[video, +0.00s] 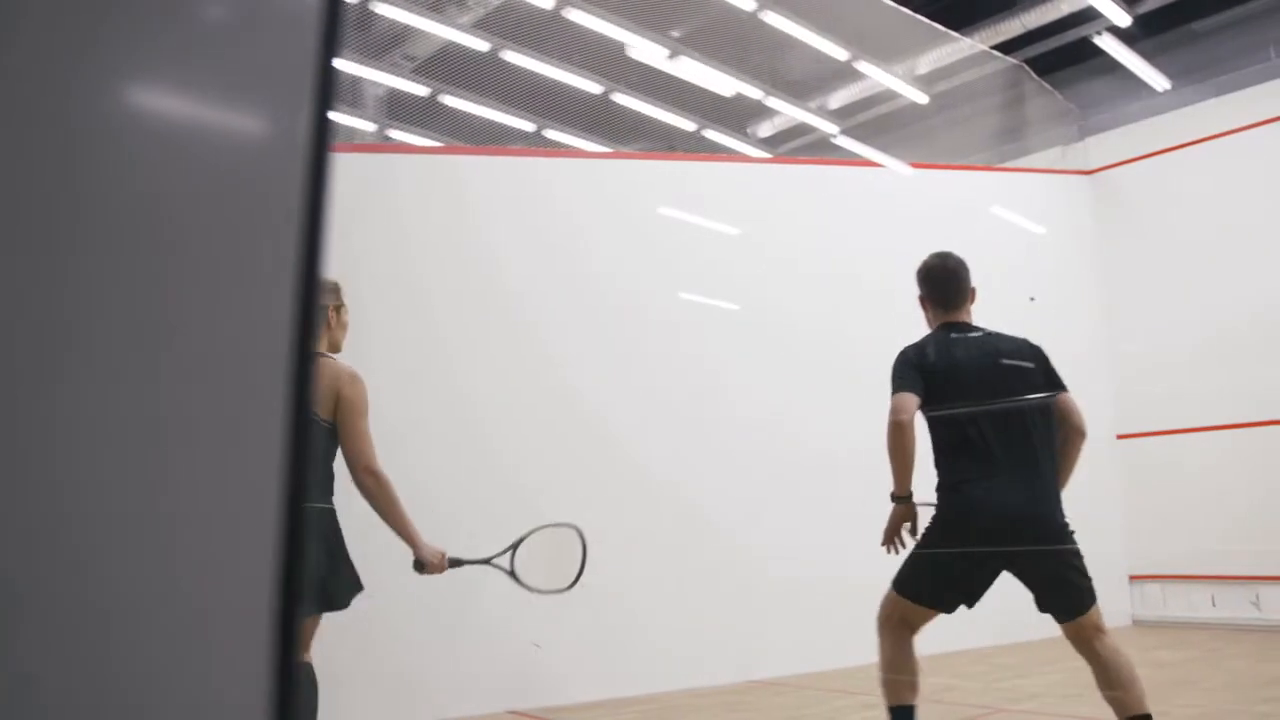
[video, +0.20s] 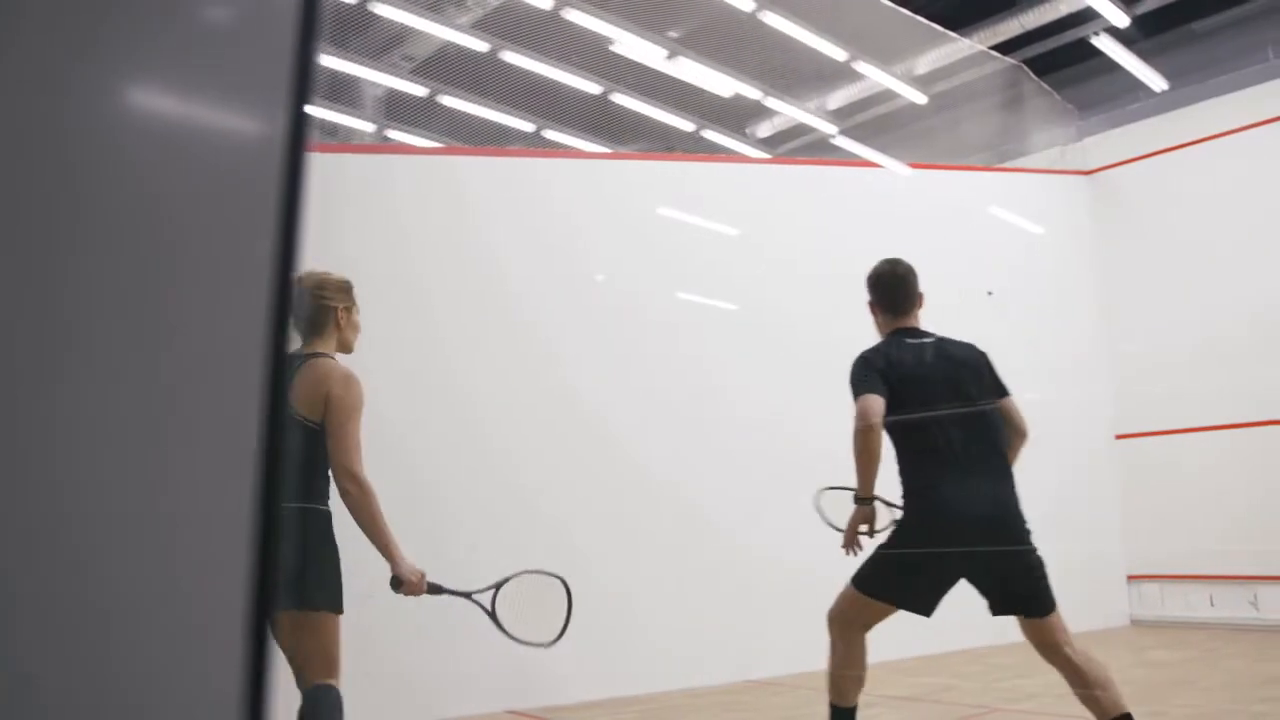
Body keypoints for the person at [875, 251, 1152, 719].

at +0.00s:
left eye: (920, 298)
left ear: (922, 302)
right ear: (973, 296)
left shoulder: (916, 358)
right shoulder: (1026, 351)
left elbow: (901, 419)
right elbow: (1074, 427)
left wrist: (902, 497)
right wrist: (1048, 491)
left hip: (967, 526)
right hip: (1039, 522)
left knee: (896, 623)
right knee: (1094, 638)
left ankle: (901, 717)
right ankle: (1141, 716)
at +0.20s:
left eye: (872, 303)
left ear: (872, 307)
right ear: (921, 303)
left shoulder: (874, 362)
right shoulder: (969, 355)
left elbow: (869, 423)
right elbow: (1016, 430)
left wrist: (864, 501)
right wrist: (983, 485)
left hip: (932, 528)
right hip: (1001, 526)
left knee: (846, 620)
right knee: (1062, 646)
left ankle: (841, 718)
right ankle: (1124, 719)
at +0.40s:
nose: (813, 305)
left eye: (811, 298)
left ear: (809, 301)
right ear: (858, 298)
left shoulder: (815, 356)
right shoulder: (899, 350)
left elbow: (826, 422)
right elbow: (944, 421)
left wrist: (817, 499)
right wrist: (912, 475)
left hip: (877, 518)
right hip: (938, 513)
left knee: (807, 626)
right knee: (999, 625)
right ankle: (1096, 714)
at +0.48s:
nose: (786, 305)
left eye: (783, 299)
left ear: (785, 304)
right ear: (831, 299)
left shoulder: (791, 356)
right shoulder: (872, 350)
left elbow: (807, 423)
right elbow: (916, 421)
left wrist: (794, 498)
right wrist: (880, 472)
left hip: (854, 517)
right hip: (912, 512)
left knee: (791, 629)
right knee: (967, 625)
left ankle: (811, 719)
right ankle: (1073, 710)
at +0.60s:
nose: (750, 305)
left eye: (748, 299)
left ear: (750, 303)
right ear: (798, 300)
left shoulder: (760, 357)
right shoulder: (834, 351)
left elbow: (778, 427)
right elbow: (873, 425)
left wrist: (762, 500)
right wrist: (814, 457)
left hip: (821, 517)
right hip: (877, 511)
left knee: (771, 632)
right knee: (908, 629)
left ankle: (802, 719)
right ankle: (1018, 708)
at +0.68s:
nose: (731, 307)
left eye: (729, 301)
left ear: (729, 303)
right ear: (776, 301)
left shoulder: (739, 357)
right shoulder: (812, 354)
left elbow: (758, 430)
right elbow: (846, 428)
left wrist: (740, 500)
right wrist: (783, 478)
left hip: (803, 515)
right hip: (853, 509)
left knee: (757, 635)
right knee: (863, 632)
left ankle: (797, 719)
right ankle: (970, 708)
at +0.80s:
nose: (703, 314)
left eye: (701, 306)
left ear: (699, 307)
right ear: (746, 305)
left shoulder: (712, 358)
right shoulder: (779, 356)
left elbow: (728, 432)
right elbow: (804, 439)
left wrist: (708, 496)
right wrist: (740, 485)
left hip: (775, 515)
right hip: (820, 511)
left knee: (740, 639)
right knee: (794, 633)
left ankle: (790, 718)